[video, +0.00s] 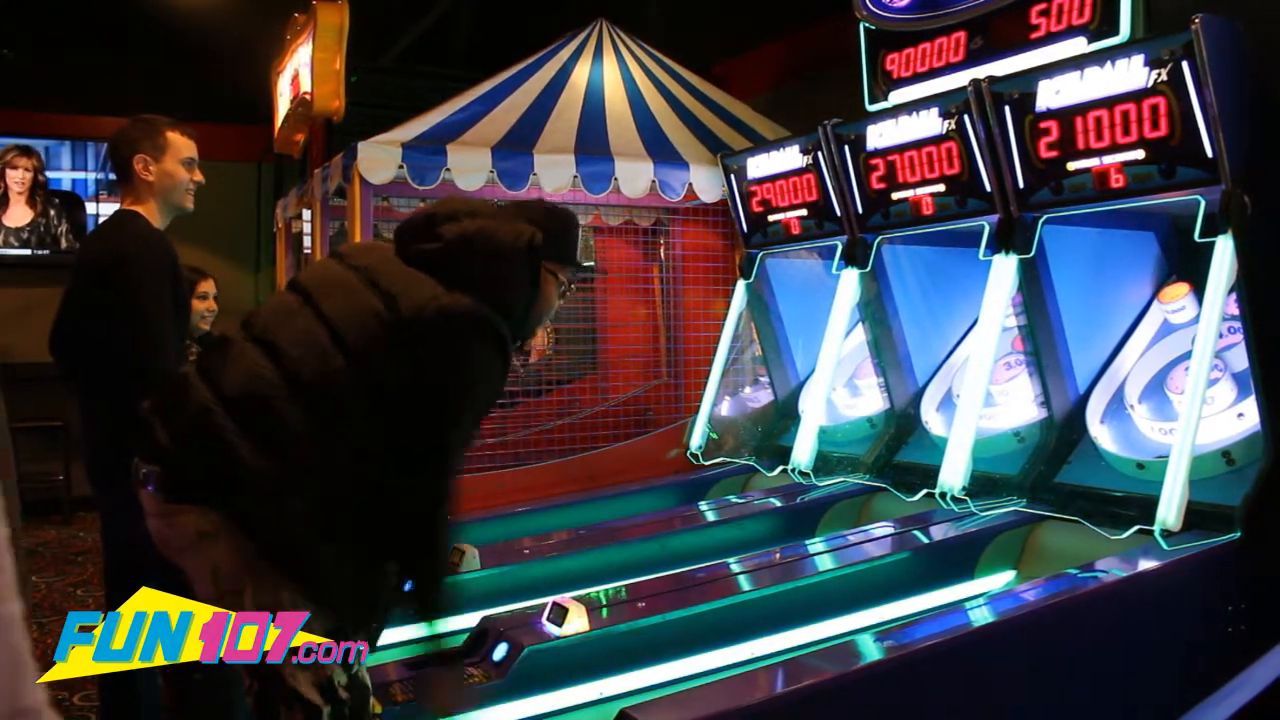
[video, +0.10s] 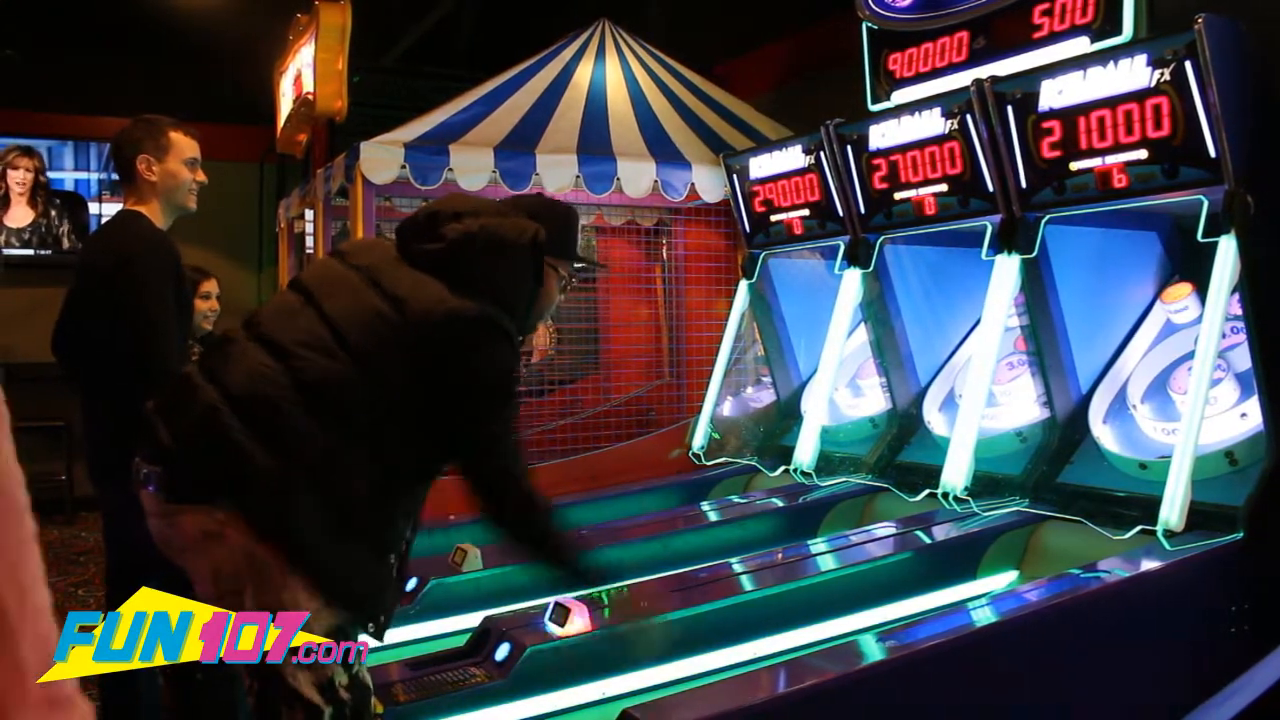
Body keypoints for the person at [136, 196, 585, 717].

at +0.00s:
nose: (557, 304)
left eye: (562, 287)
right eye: (558, 283)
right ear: (526, 265)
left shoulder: (371, 258)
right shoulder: (470, 332)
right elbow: (422, 475)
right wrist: (430, 595)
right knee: (323, 693)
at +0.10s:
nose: (561, 295)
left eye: (565, 280)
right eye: (560, 277)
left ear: (480, 248)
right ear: (528, 265)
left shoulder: (368, 259)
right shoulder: (475, 335)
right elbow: (501, 483)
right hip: (252, 517)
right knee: (320, 692)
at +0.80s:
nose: (586, 307)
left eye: (591, 290)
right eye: (585, 288)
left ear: (514, 256)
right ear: (552, 279)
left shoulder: (403, 260)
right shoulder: (486, 338)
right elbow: (494, 522)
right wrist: (558, 682)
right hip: (243, 503)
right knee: (332, 694)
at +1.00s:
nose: (587, 314)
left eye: (593, 299)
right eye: (586, 297)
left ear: (515, 254)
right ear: (556, 289)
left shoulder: (400, 259)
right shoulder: (492, 354)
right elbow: (505, 532)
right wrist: (568, 687)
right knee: (334, 693)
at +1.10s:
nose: (587, 310)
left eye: (593, 295)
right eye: (585, 293)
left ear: (516, 253)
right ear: (555, 284)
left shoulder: (399, 259)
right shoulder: (490, 352)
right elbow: (496, 530)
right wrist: (561, 683)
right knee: (331, 692)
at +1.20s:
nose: (587, 304)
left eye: (592, 288)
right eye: (586, 286)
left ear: (513, 247)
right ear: (557, 277)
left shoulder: (400, 258)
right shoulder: (488, 339)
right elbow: (474, 521)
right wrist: (548, 672)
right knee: (324, 697)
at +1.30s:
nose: (583, 297)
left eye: (589, 282)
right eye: (581, 279)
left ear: (515, 251)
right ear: (547, 267)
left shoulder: (397, 258)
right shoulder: (482, 334)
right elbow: (453, 517)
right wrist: (522, 666)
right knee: (318, 693)